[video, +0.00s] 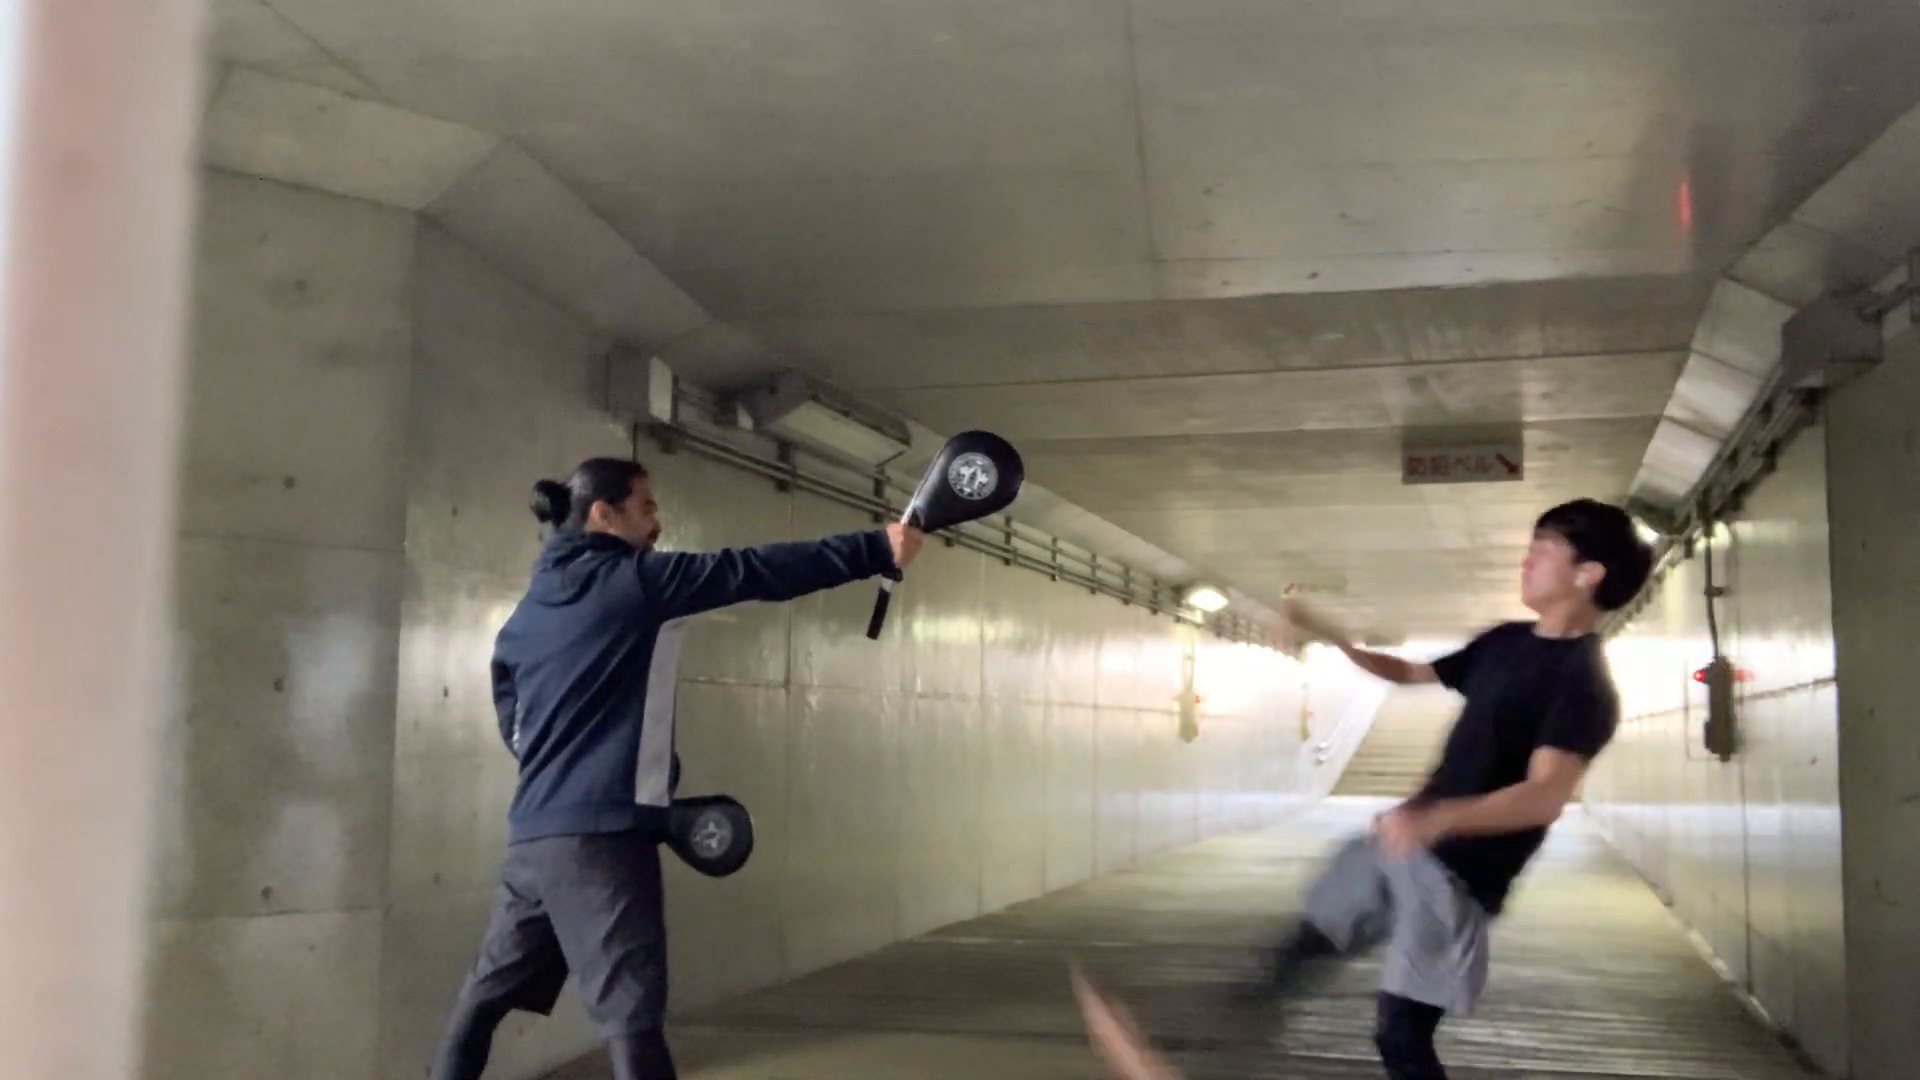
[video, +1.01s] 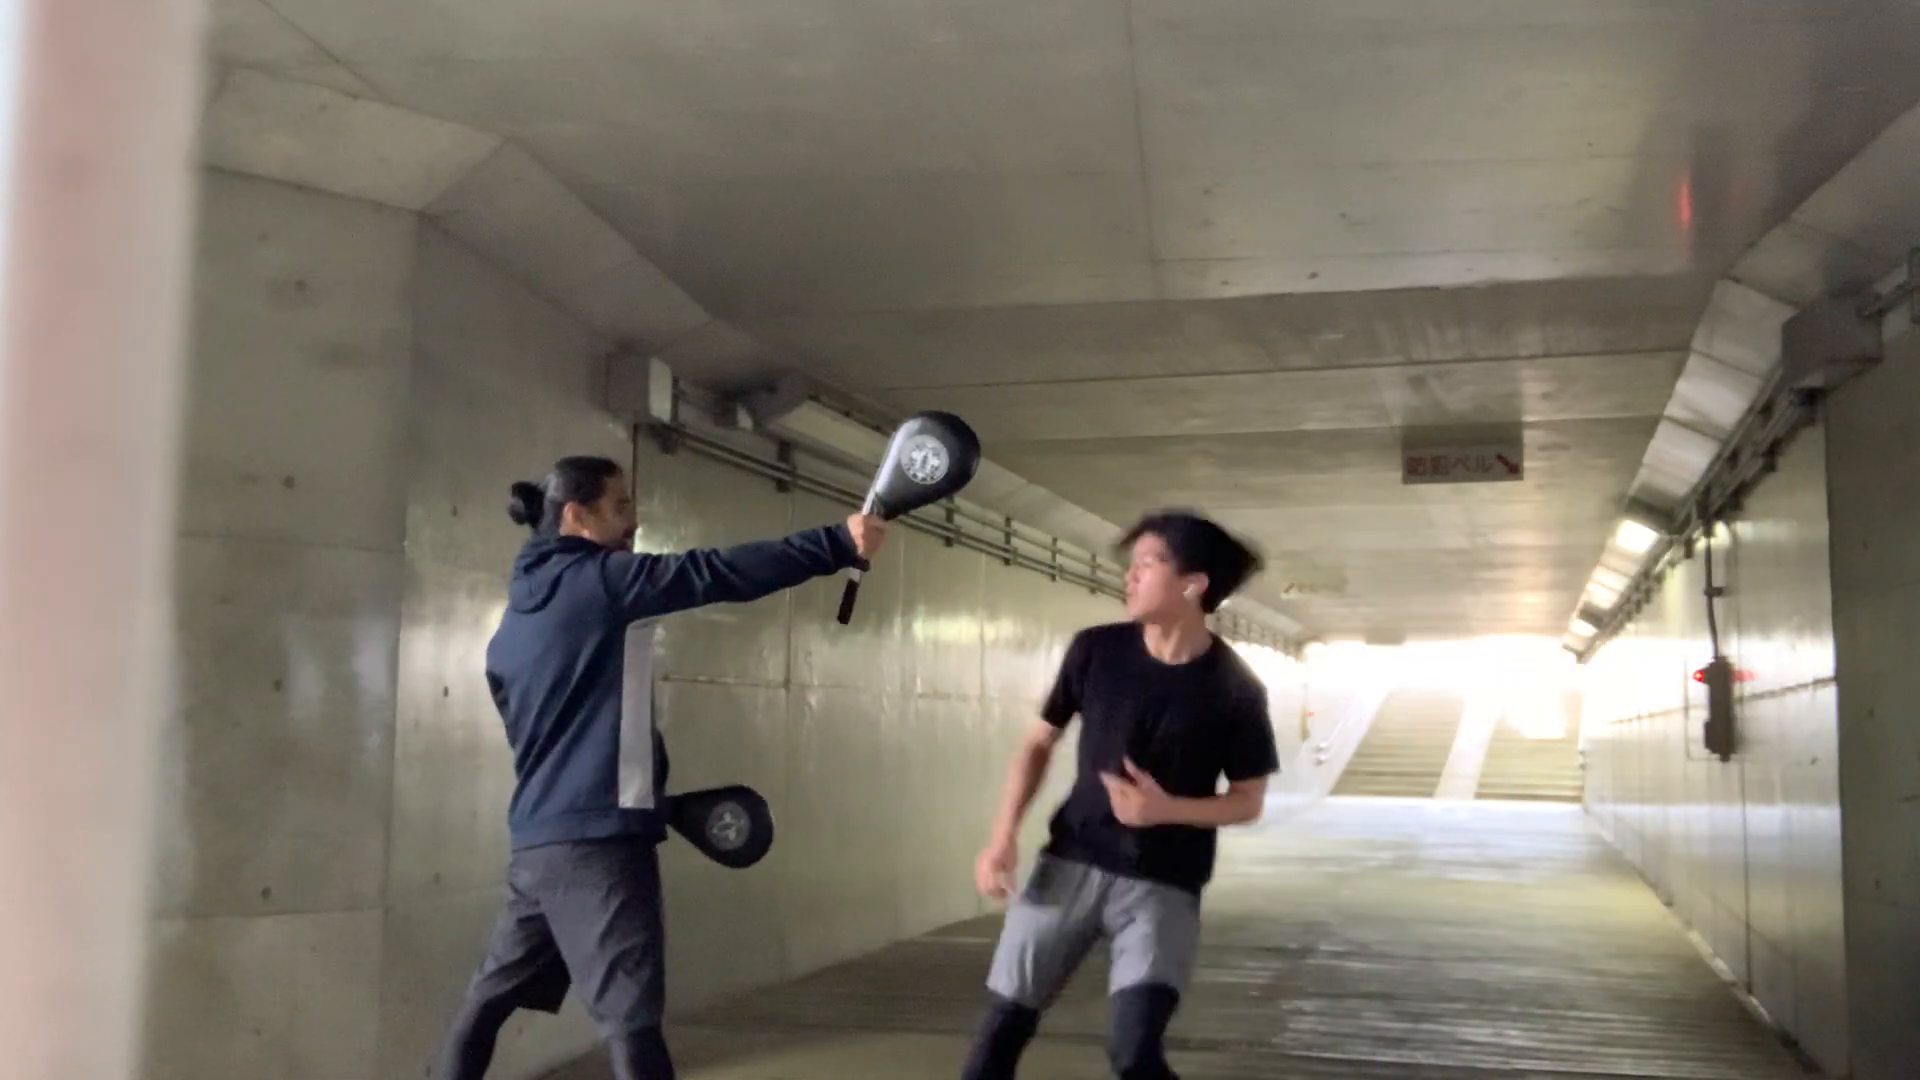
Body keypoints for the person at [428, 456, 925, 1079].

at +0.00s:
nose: (658, 522)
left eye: (655, 507)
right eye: (647, 507)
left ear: (595, 515)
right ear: (602, 513)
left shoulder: (520, 620)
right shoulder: (637, 578)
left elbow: (521, 735)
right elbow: (753, 571)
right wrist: (876, 548)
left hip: (534, 833)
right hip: (599, 832)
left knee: (479, 1003)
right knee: (631, 1022)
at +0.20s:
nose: (654, 521)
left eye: (651, 507)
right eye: (643, 507)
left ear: (593, 515)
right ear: (599, 513)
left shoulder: (517, 624)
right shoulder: (633, 576)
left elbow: (521, 738)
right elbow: (749, 573)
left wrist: (628, 787)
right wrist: (876, 556)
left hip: (535, 836)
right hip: (599, 834)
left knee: (478, 1007)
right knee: (632, 1026)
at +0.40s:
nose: (648, 521)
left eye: (646, 506)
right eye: (637, 506)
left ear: (584, 518)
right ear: (592, 515)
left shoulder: (513, 629)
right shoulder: (612, 582)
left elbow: (533, 750)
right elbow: (719, 595)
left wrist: (643, 801)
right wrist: (843, 586)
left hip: (535, 837)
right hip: (598, 835)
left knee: (485, 998)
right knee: (633, 1023)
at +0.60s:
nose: (646, 520)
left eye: (644, 506)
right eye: (634, 506)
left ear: (582, 517)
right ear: (588, 514)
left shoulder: (520, 624)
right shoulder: (612, 579)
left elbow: (552, 740)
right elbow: (726, 577)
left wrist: (636, 785)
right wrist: (844, 546)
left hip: (536, 834)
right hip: (594, 834)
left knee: (487, 1000)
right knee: (628, 1022)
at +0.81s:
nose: (640, 521)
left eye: (638, 507)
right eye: (628, 508)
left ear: (577, 520)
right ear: (582, 515)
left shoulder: (514, 630)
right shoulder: (608, 578)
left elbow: (549, 745)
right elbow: (721, 572)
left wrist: (640, 786)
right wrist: (841, 540)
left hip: (539, 835)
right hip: (600, 835)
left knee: (490, 997)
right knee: (632, 1021)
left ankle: (446, 1077)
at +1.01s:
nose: (634, 519)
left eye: (631, 506)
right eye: (622, 506)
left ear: (571, 519)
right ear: (575, 514)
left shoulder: (510, 631)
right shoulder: (604, 579)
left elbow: (546, 746)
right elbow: (717, 573)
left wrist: (646, 795)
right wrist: (838, 543)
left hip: (538, 837)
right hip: (599, 837)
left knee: (487, 1001)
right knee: (630, 1023)